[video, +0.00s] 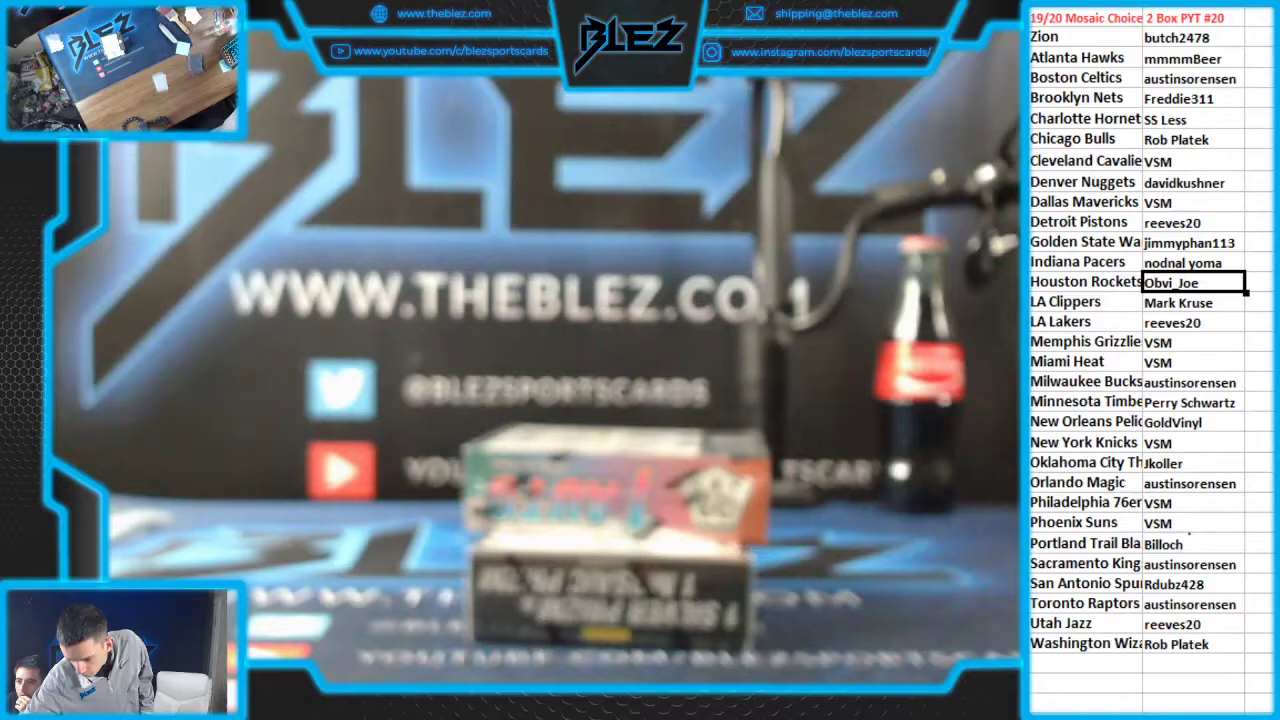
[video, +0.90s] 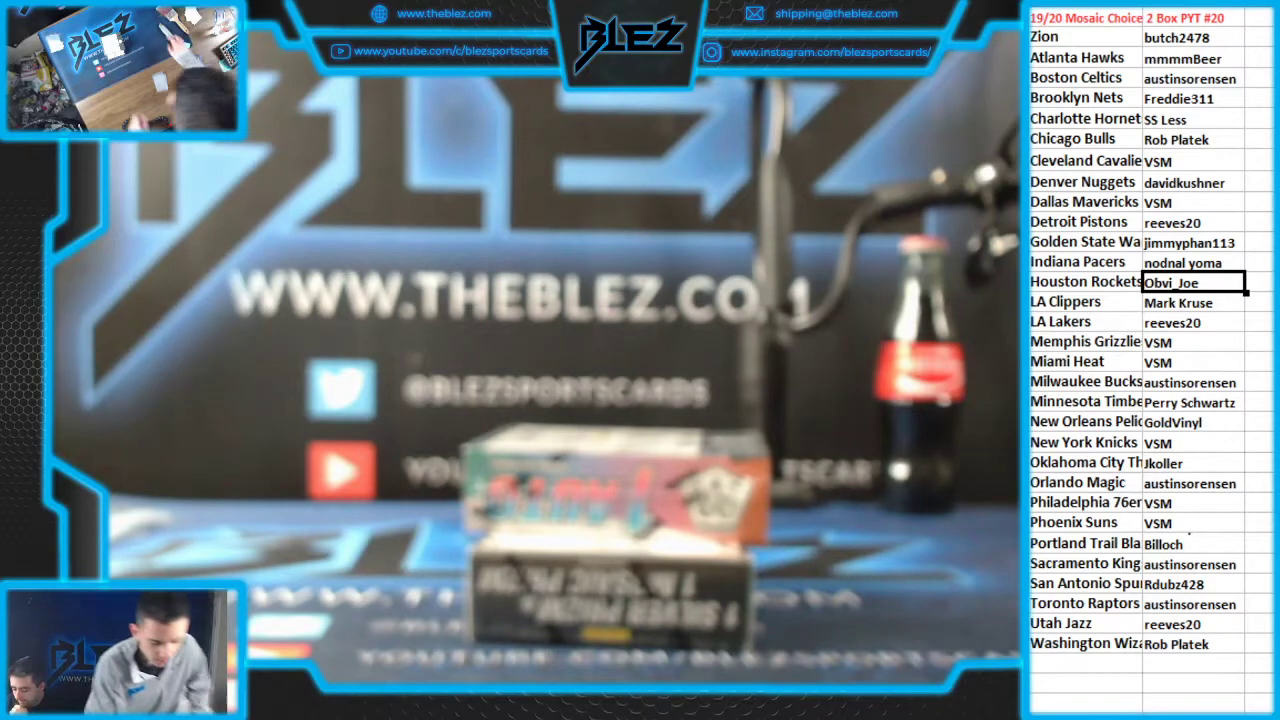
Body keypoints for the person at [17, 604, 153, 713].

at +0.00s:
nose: (80, 670)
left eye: (87, 659)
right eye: (72, 660)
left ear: (108, 645)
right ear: (63, 650)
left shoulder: (131, 642)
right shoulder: (59, 679)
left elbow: (146, 688)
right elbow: (32, 716)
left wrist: (145, 716)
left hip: (128, 716)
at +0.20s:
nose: (85, 657)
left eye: (92, 647)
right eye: (77, 649)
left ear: (113, 635)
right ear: (68, 641)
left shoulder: (134, 639)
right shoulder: (61, 672)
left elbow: (146, 687)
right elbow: (35, 713)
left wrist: (146, 715)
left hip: (130, 714)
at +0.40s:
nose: (98, 646)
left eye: (106, 635)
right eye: (89, 636)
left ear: (124, 625)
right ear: (81, 629)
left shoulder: (139, 636)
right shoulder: (70, 661)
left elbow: (148, 688)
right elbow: (51, 711)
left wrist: (148, 714)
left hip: (134, 714)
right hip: (93, 714)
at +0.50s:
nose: (109, 642)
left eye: (117, 631)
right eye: (100, 633)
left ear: (132, 621)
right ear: (89, 622)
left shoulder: (143, 636)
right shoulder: (75, 659)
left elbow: (151, 683)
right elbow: (61, 708)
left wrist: (150, 712)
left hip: (139, 713)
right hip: (100, 713)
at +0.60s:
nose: (121, 641)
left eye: (130, 631)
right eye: (112, 632)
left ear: (142, 620)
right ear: (98, 624)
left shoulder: (151, 638)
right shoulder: (81, 659)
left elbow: (155, 692)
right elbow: (72, 708)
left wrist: (155, 714)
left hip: (144, 716)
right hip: (103, 716)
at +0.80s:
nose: (148, 646)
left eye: (157, 635)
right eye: (138, 637)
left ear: (168, 624)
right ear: (120, 627)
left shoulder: (175, 644)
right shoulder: (99, 661)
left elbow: (179, 703)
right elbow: (87, 712)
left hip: (159, 713)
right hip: (118, 714)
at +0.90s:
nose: (166, 653)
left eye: (175, 642)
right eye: (156, 643)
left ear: (185, 632)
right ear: (135, 632)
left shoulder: (191, 650)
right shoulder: (112, 664)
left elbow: (201, 707)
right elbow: (99, 714)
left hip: (173, 714)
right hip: (130, 713)